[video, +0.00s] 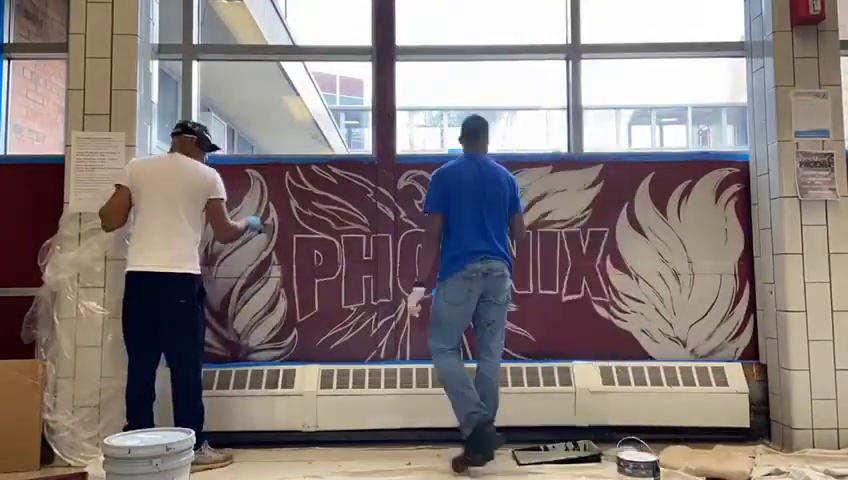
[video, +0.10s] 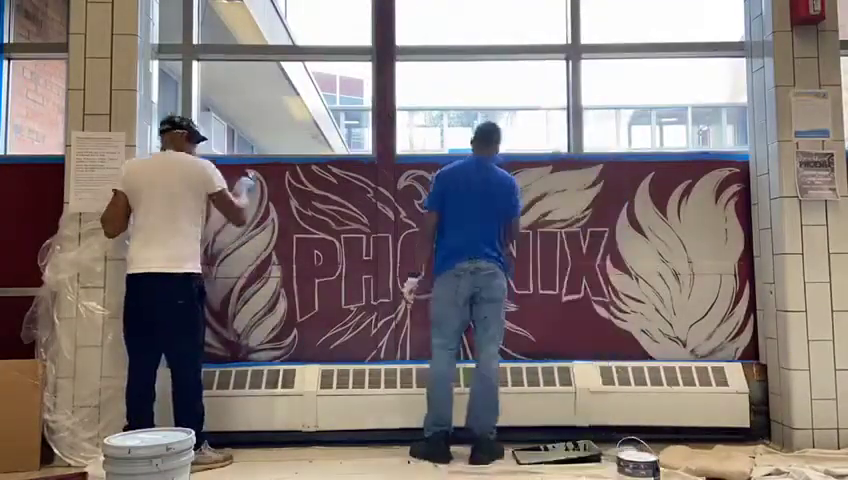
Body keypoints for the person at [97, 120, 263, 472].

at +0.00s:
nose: (206, 157)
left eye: (207, 153)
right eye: (205, 152)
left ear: (175, 141)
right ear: (193, 143)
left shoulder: (139, 168)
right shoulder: (207, 176)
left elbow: (108, 220)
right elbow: (225, 232)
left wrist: (131, 196)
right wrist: (248, 222)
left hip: (138, 282)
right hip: (181, 284)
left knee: (140, 368)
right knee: (187, 371)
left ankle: (139, 449)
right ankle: (194, 448)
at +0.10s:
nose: (195, 149)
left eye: (194, 144)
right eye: (194, 144)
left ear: (162, 139)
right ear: (185, 139)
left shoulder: (133, 169)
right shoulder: (202, 169)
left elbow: (111, 227)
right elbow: (239, 217)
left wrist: (133, 200)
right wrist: (240, 192)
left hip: (140, 281)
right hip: (182, 281)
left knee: (140, 368)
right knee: (187, 369)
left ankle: (139, 449)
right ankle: (194, 447)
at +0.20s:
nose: (184, 147)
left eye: (181, 142)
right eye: (183, 141)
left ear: (149, 143)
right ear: (179, 138)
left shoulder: (130, 170)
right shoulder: (200, 169)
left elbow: (107, 226)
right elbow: (221, 224)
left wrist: (131, 203)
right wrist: (230, 210)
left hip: (139, 283)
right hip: (182, 283)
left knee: (139, 368)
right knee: (186, 368)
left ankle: (138, 449)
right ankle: (194, 448)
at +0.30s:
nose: (182, 145)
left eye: (179, 140)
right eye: (182, 140)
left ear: (146, 142)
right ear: (178, 138)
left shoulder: (127, 170)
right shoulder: (199, 171)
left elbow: (108, 228)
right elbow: (210, 232)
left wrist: (131, 204)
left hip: (138, 283)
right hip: (180, 283)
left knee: (139, 368)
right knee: (185, 368)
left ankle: (138, 449)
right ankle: (193, 447)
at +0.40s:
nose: (181, 146)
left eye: (175, 140)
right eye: (182, 141)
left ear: (150, 142)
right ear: (181, 142)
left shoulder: (126, 170)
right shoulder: (197, 175)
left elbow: (104, 227)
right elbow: (202, 240)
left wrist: (128, 205)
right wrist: (207, 248)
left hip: (135, 282)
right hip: (177, 282)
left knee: (138, 367)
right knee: (184, 368)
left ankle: (138, 448)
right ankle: (193, 447)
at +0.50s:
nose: (196, 149)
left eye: (195, 143)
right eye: (194, 142)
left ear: (164, 138)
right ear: (184, 139)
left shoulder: (132, 169)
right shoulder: (203, 172)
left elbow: (110, 226)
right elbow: (226, 227)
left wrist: (131, 200)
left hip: (141, 282)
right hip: (183, 282)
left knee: (141, 367)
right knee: (187, 368)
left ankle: (139, 447)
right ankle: (193, 447)